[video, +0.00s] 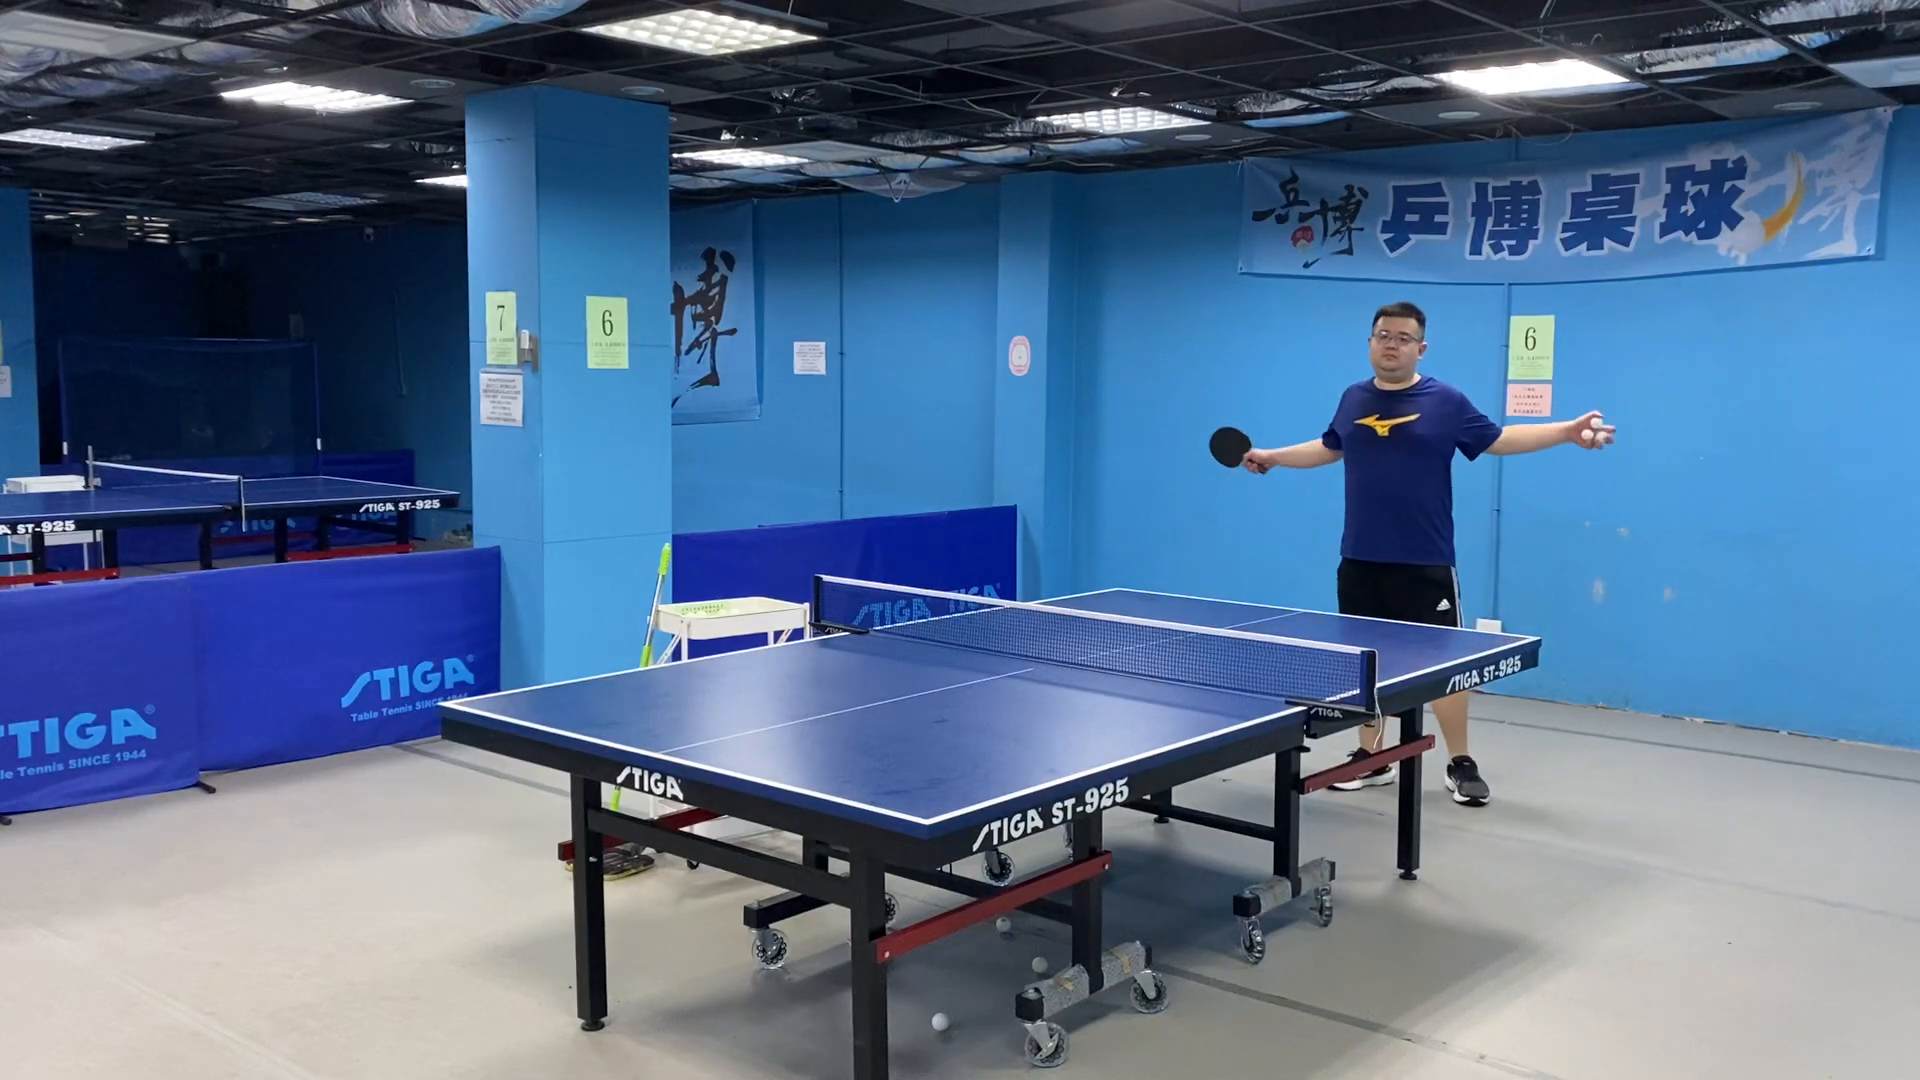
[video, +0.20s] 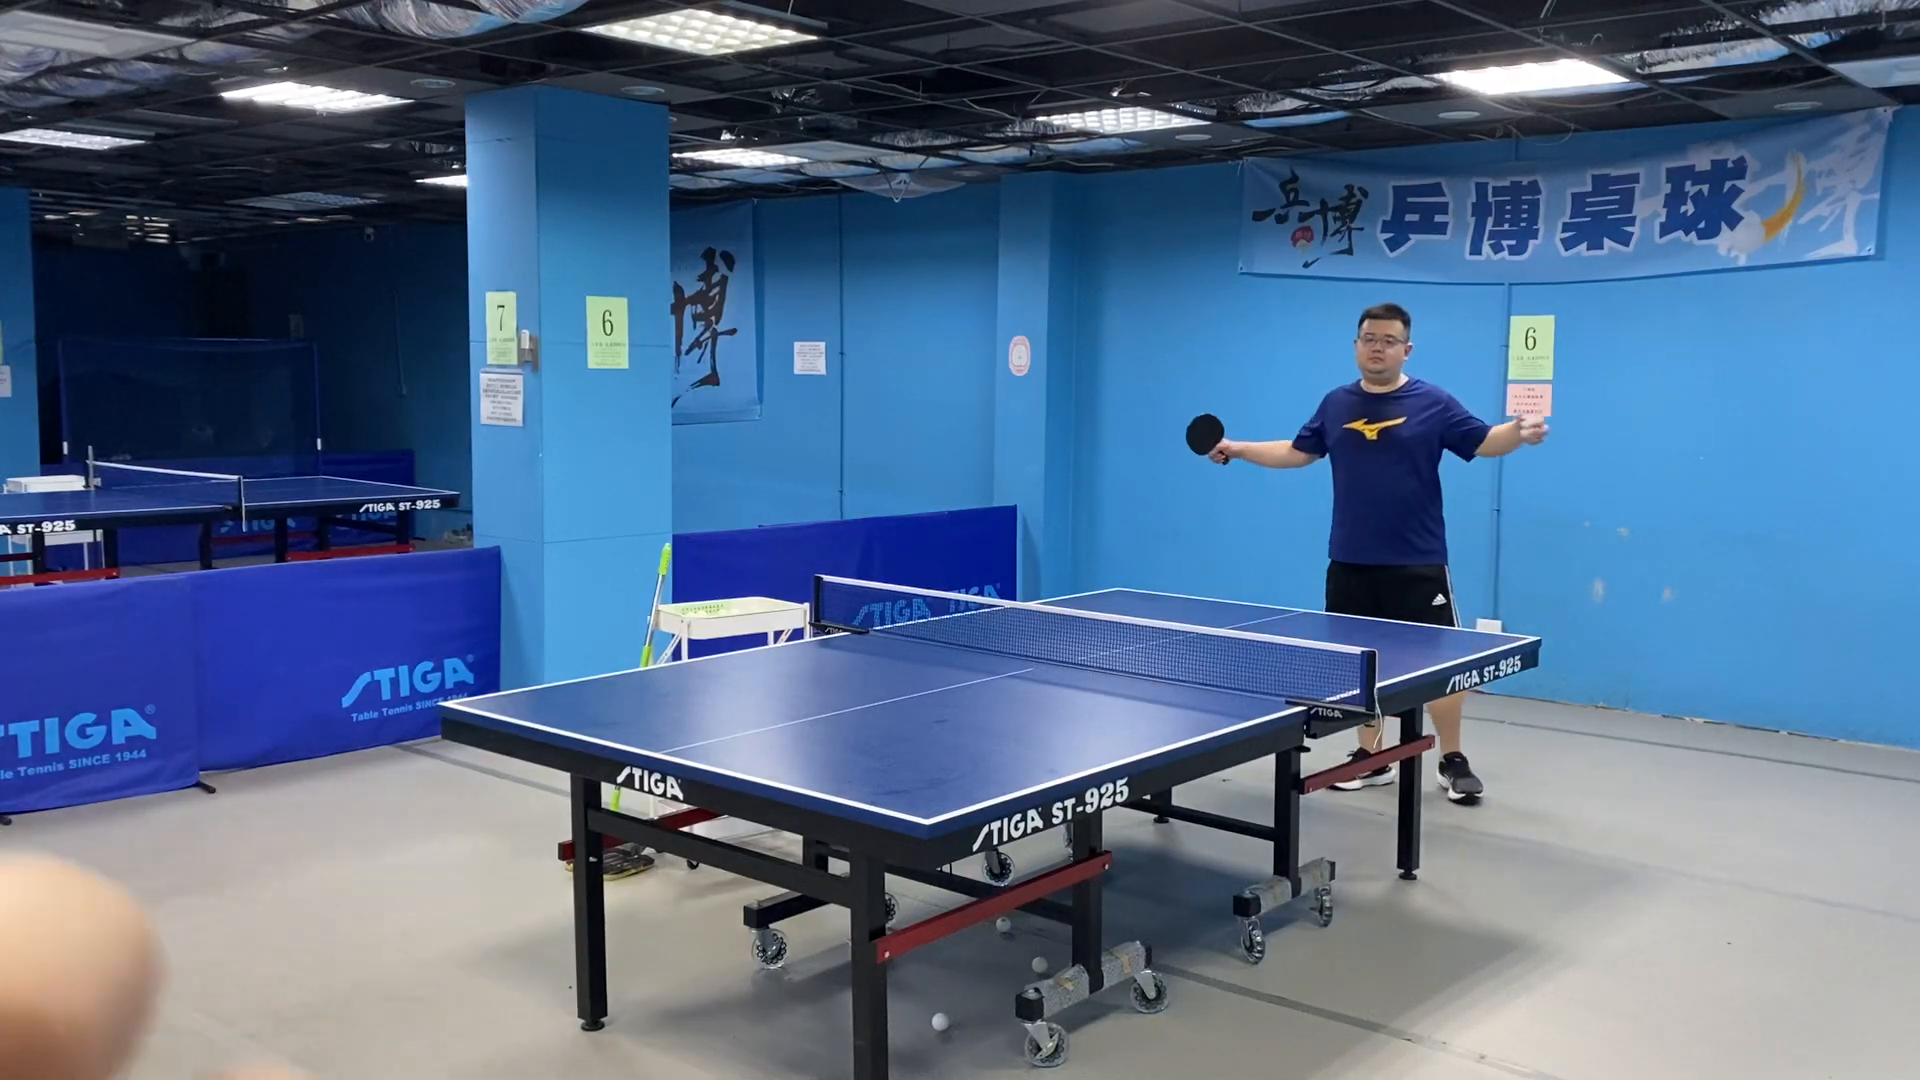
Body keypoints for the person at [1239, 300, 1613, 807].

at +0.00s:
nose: (1392, 346)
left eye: (1404, 339)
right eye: (1384, 336)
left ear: (1421, 349)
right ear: (1370, 343)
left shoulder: (1445, 402)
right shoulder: (1354, 399)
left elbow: (1497, 440)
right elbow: (1329, 448)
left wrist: (1568, 430)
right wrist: (1271, 457)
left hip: (1426, 562)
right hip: (1362, 559)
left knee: (1445, 664)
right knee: (1363, 658)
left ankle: (1460, 763)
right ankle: (1371, 754)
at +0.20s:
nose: (1377, 349)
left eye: (1388, 341)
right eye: (1369, 339)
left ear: (1406, 350)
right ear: (1356, 345)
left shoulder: (1432, 402)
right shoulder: (1337, 403)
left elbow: (1480, 441)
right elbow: (1297, 451)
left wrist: (1519, 431)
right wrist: (1236, 449)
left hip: (1418, 563)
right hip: (1351, 561)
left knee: (1439, 664)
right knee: (1354, 660)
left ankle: (1452, 758)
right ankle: (1370, 754)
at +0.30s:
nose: (1371, 352)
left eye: (1382, 344)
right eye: (1363, 343)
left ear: (1400, 350)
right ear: (1349, 348)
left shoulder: (1426, 404)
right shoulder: (1331, 408)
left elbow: (1472, 445)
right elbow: (1293, 460)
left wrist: (1469, 453)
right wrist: (1247, 464)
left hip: (1417, 562)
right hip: (1350, 562)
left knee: (1440, 661)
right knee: (1354, 659)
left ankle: (1449, 758)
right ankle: (1371, 753)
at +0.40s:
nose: (1362, 353)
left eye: (1372, 344)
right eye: (1354, 345)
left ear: (1392, 350)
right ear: (1342, 352)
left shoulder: (1420, 402)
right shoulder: (1327, 413)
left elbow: (1444, 456)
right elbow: (1303, 465)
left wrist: (1406, 483)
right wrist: (1285, 484)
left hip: (1419, 561)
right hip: (1354, 562)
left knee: (1437, 662)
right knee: (1358, 659)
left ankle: (1452, 759)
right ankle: (1369, 754)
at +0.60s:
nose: (1352, 358)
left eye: (1361, 348)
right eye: (1342, 351)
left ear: (1383, 351)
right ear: (1334, 360)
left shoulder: (1412, 401)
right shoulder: (1328, 418)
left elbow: (1395, 475)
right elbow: (1322, 482)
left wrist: (1356, 538)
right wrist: (1342, 526)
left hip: (1427, 563)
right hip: (1364, 565)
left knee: (1456, 660)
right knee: (1361, 660)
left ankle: (1479, 759)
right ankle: (1371, 754)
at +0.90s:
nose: (1363, 379)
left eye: (1374, 370)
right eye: (1355, 371)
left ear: (1399, 372)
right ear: (1349, 376)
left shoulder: (1436, 423)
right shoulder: (1346, 434)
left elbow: (1458, 486)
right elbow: (1334, 502)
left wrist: (1390, 511)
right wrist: (1325, 563)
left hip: (1450, 580)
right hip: (1378, 580)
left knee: (1488, 668)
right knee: (1356, 664)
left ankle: (1526, 768)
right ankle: (1368, 756)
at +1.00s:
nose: (1383, 385)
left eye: (1394, 376)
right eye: (1375, 377)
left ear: (1420, 378)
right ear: (1368, 380)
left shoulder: (1455, 426)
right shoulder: (1363, 435)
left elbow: (1480, 483)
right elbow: (1342, 500)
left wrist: (1402, 481)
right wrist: (1315, 563)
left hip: (1466, 586)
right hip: (1390, 585)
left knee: (1495, 672)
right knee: (1364, 669)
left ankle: (1529, 777)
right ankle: (1369, 754)